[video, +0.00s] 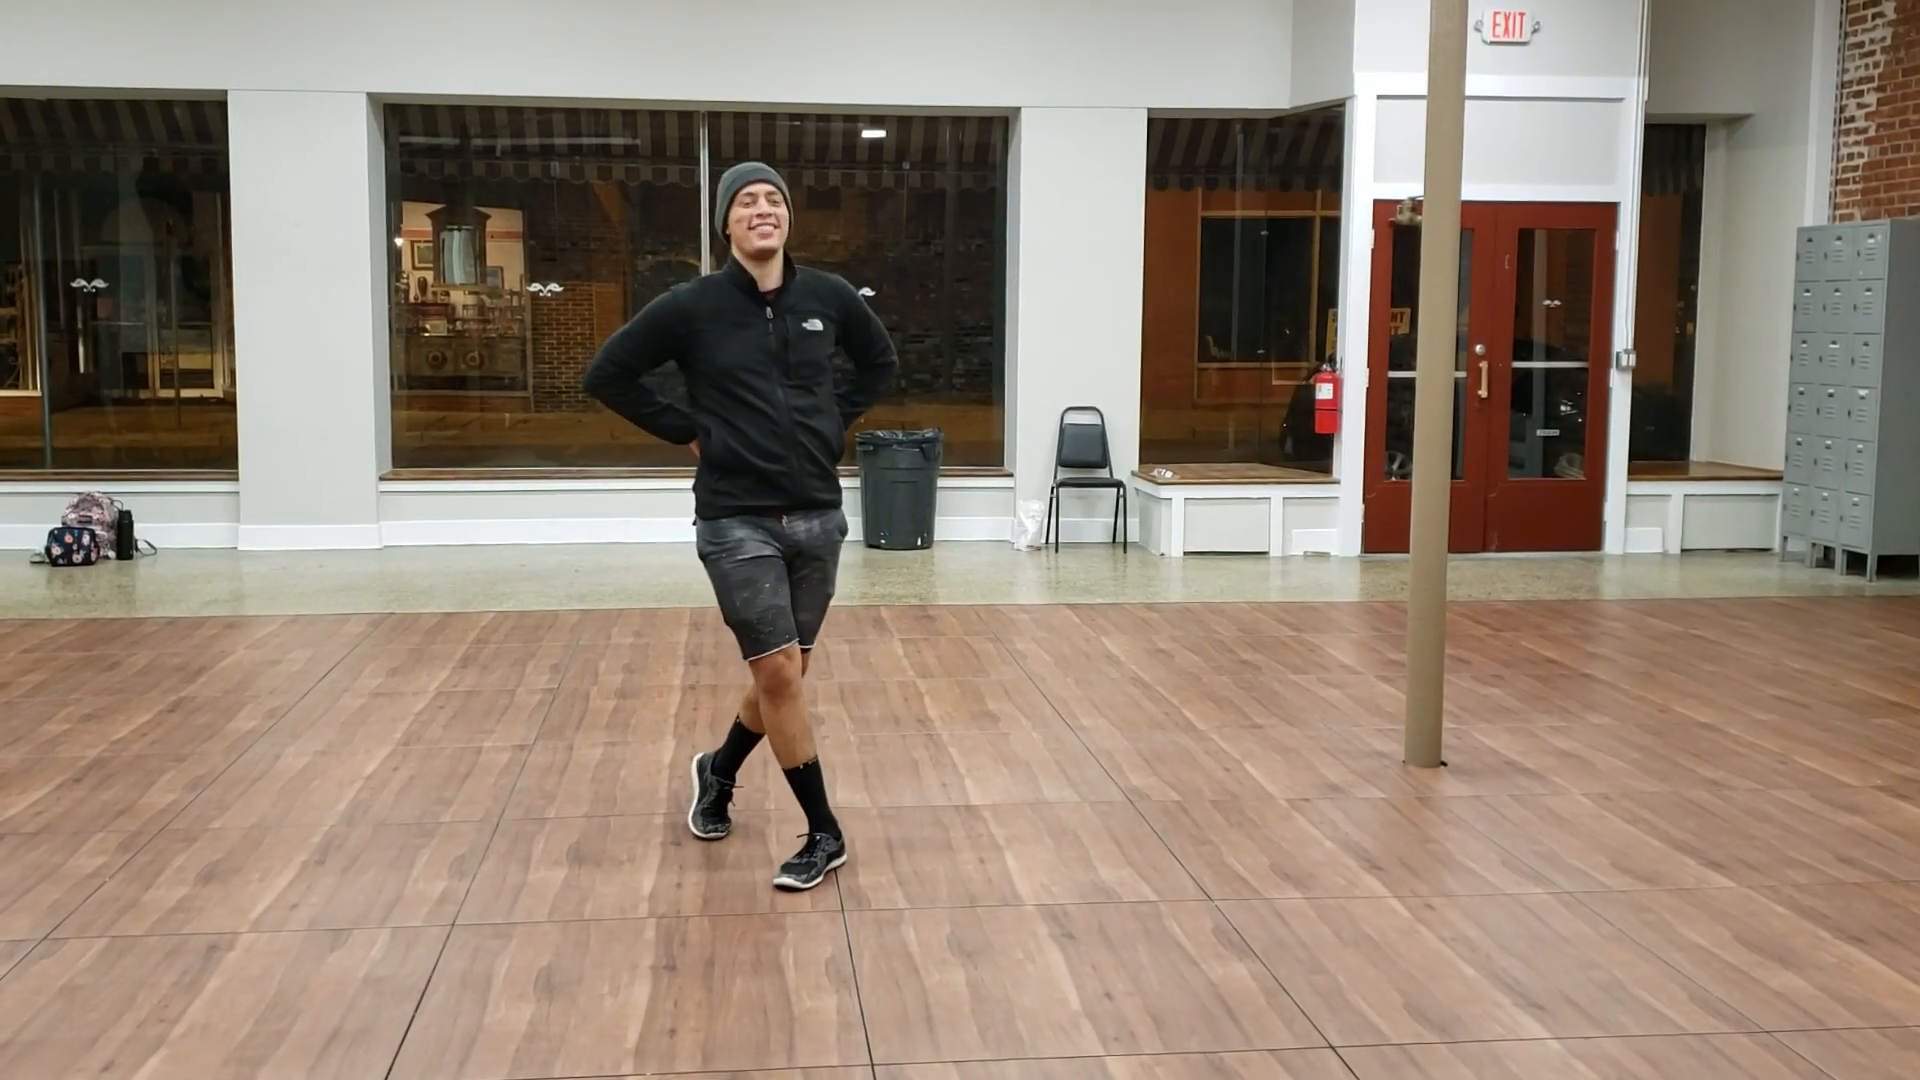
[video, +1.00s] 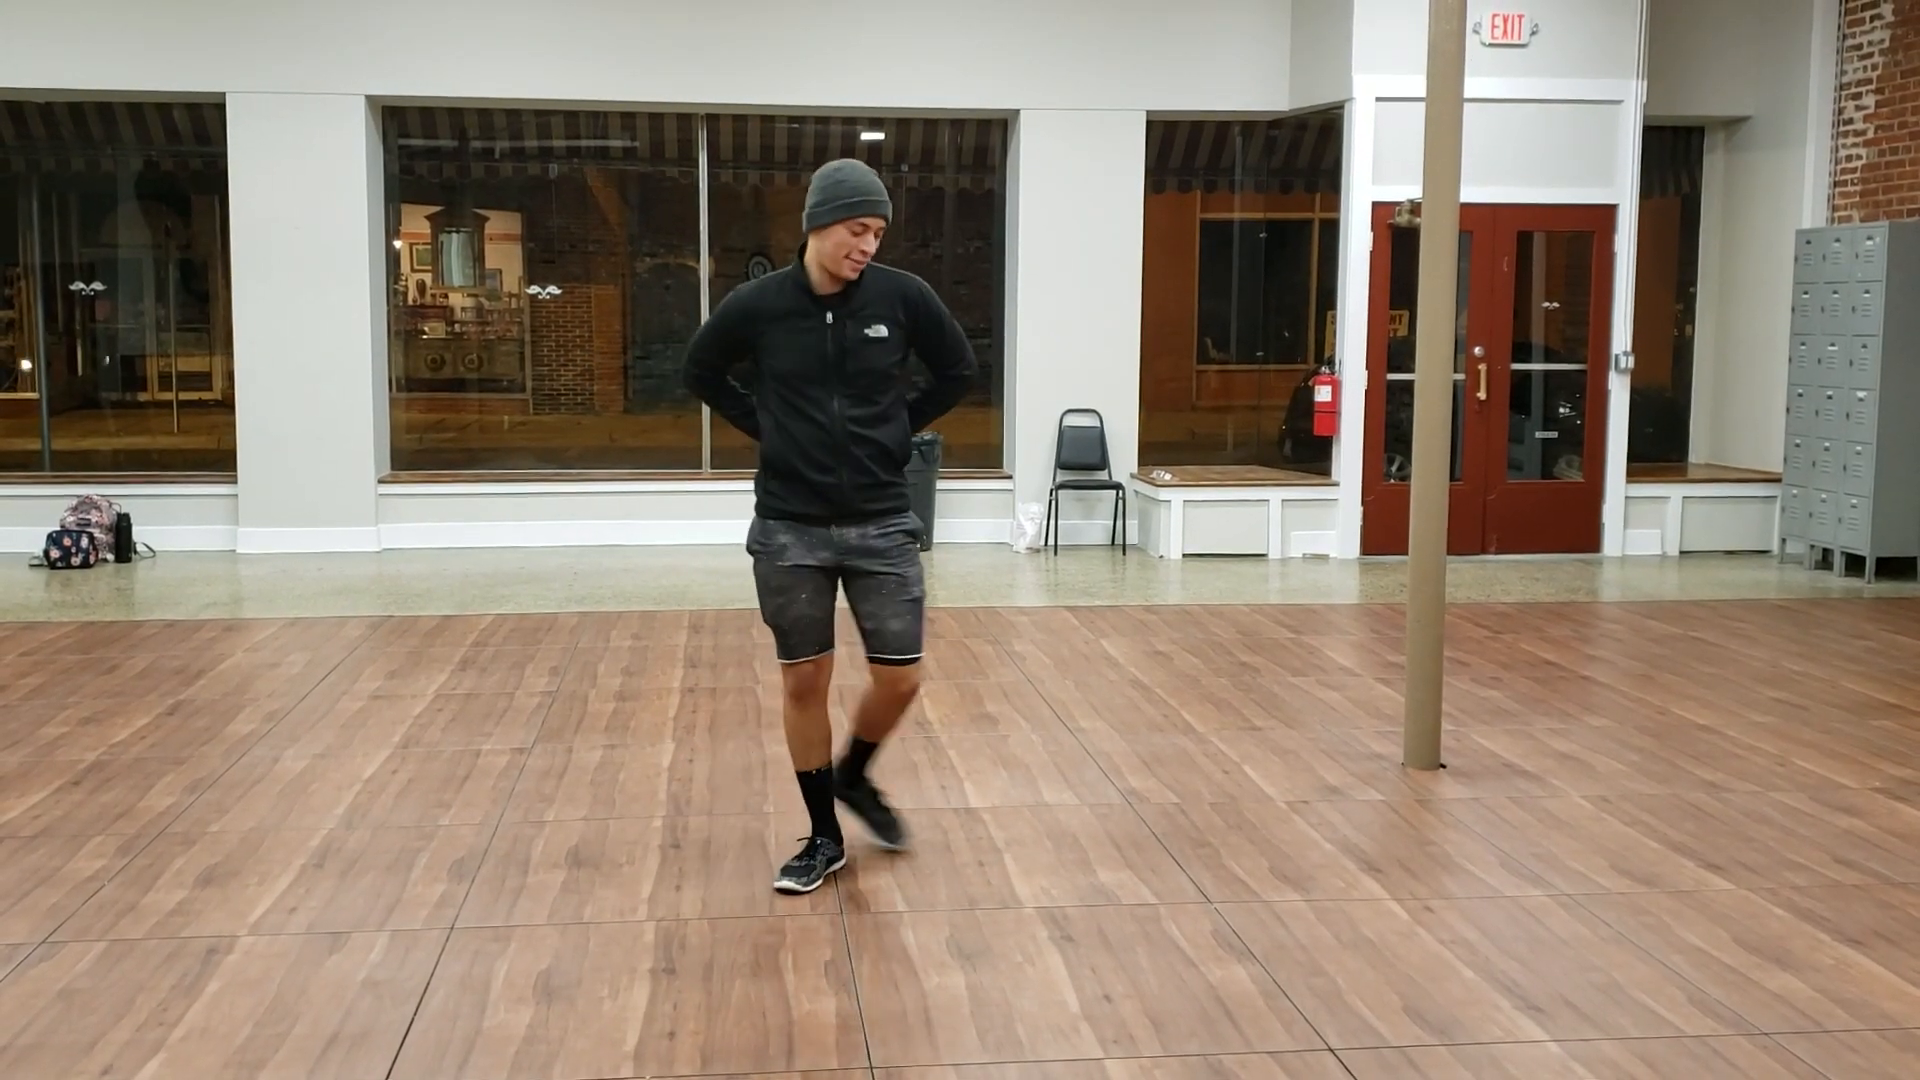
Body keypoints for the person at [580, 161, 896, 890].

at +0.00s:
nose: (762, 210)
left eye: (772, 201)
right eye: (747, 202)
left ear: (790, 220)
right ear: (725, 225)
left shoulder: (832, 296)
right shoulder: (690, 306)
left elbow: (881, 367)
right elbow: (604, 377)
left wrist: (831, 423)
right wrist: (688, 432)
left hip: (817, 514)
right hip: (733, 516)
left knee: (785, 675)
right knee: (779, 671)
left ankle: (719, 769)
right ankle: (824, 833)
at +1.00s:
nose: (867, 245)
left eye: (876, 232)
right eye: (855, 229)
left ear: (880, 237)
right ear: (814, 224)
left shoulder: (902, 297)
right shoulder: (754, 305)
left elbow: (959, 375)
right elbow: (701, 373)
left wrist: (895, 427)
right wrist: (769, 430)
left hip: (881, 523)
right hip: (789, 524)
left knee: (900, 672)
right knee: (804, 676)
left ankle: (851, 774)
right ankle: (822, 837)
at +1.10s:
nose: (872, 241)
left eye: (883, 229)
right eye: (861, 225)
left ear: (890, 234)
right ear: (824, 220)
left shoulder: (915, 297)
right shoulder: (764, 304)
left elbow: (978, 375)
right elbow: (720, 369)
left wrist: (914, 432)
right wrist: (780, 421)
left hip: (898, 523)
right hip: (802, 525)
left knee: (937, 676)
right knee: (811, 680)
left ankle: (947, 808)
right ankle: (824, 838)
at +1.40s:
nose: (918, 249)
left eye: (933, 236)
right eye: (906, 232)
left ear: (946, 247)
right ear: (878, 235)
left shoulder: (974, 320)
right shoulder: (839, 318)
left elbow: (1050, 406)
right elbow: (827, 382)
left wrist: (981, 458)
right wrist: (871, 433)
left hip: (953, 543)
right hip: (858, 538)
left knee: (1002, 695)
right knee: (819, 688)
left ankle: (1065, 841)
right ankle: (834, 826)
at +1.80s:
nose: (852, 205)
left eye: (868, 198)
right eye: (841, 192)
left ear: (884, 222)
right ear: (816, 210)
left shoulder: (912, 305)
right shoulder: (777, 297)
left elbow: (986, 397)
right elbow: (738, 350)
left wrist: (906, 448)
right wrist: (782, 408)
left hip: (874, 529)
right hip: (788, 527)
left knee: (885, 691)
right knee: (787, 680)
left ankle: (983, 817)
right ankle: (851, 817)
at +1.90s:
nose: (815, 207)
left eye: (830, 199)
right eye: (803, 196)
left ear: (850, 222)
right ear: (781, 216)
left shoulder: (886, 306)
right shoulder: (743, 301)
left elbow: (963, 390)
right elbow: (685, 358)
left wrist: (887, 450)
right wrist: (748, 415)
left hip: (845, 526)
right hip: (763, 526)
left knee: (802, 689)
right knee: (773, 691)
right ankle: (848, 822)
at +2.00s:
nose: (785, 216)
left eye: (800, 207)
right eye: (772, 205)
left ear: (821, 229)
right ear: (751, 224)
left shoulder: (858, 314)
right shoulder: (713, 307)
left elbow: (932, 390)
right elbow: (640, 373)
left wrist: (857, 457)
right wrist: (710, 430)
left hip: (816, 538)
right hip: (735, 535)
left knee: (752, 694)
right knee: (763, 703)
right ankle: (852, 813)